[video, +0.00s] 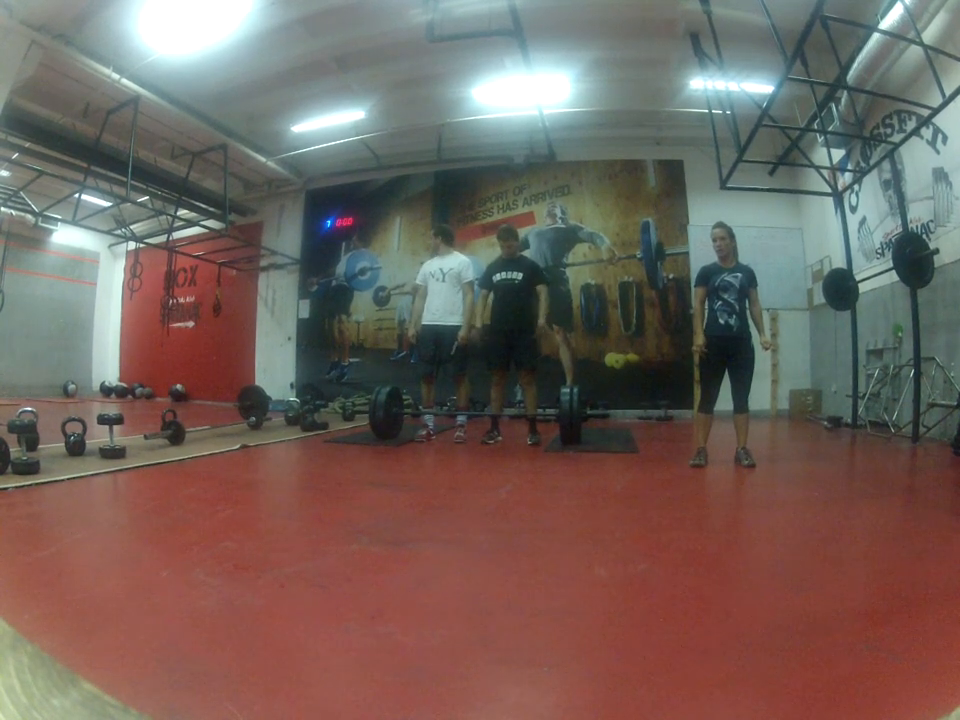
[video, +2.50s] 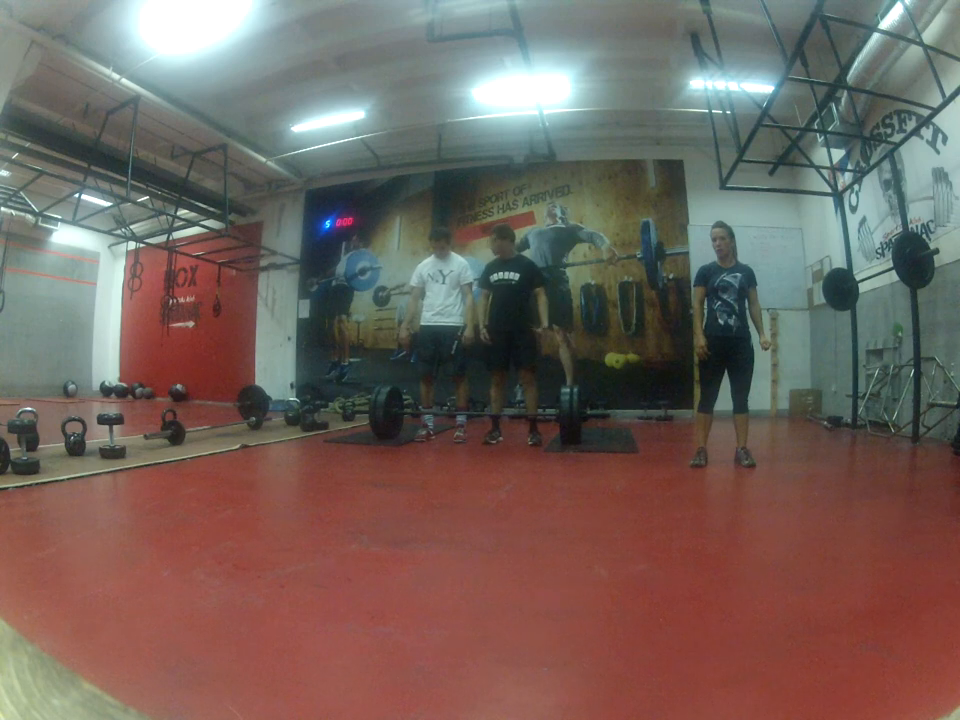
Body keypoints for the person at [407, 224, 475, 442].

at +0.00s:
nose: (431, 242)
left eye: (433, 238)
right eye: (431, 238)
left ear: (440, 239)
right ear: (442, 239)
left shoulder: (462, 262)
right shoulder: (427, 265)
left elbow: (469, 295)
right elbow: (420, 297)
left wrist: (466, 327)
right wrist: (413, 325)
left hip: (454, 326)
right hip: (428, 326)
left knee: (459, 375)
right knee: (426, 375)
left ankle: (461, 424)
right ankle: (428, 424)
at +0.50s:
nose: (431, 242)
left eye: (433, 238)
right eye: (432, 238)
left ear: (441, 239)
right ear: (442, 239)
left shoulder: (463, 262)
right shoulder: (428, 265)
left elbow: (470, 295)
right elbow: (421, 297)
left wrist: (466, 328)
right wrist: (415, 326)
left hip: (455, 327)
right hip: (429, 327)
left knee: (460, 376)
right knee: (426, 376)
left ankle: (461, 424)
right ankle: (427, 424)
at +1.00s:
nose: (430, 241)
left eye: (432, 237)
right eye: (431, 237)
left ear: (441, 238)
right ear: (439, 239)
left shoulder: (462, 261)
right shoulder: (427, 265)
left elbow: (469, 295)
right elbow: (420, 297)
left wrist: (466, 327)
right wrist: (414, 325)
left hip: (454, 327)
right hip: (428, 326)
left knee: (459, 375)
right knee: (426, 374)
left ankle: (462, 424)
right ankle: (427, 424)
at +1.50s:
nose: (434, 245)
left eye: (438, 241)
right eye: (433, 242)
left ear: (447, 240)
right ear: (432, 242)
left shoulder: (462, 263)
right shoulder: (426, 266)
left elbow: (468, 295)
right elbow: (417, 298)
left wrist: (466, 326)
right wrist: (410, 326)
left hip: (454, 327)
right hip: (428, 327)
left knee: (459, 375)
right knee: (426, 376)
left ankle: (461, 425)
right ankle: (427, 425)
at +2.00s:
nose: (438, 248)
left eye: (441, 244)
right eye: (435, 244)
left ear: (449, 242)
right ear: (432, 243)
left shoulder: (462, 264)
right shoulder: (425, 266)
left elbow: (471, 296)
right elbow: (416, 298)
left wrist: (472, 325)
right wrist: (408, 325)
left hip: (456, 328)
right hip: (429, 327)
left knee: (459, 376)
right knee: (426, 376)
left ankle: (461, 425)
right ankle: (427, 425)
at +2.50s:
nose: (439, 249)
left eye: (442, 245)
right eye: (435, 246)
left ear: (449, 243)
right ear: (431, 244)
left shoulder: (460, 264)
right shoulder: (423, 267)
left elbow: (469, 296)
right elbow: (414, 298)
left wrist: (470, 326)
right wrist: (405, 325)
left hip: (455, 328)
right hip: (428, 328)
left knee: (459, 376)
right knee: (426, 376)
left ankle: (461, 426)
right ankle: (427, 425)